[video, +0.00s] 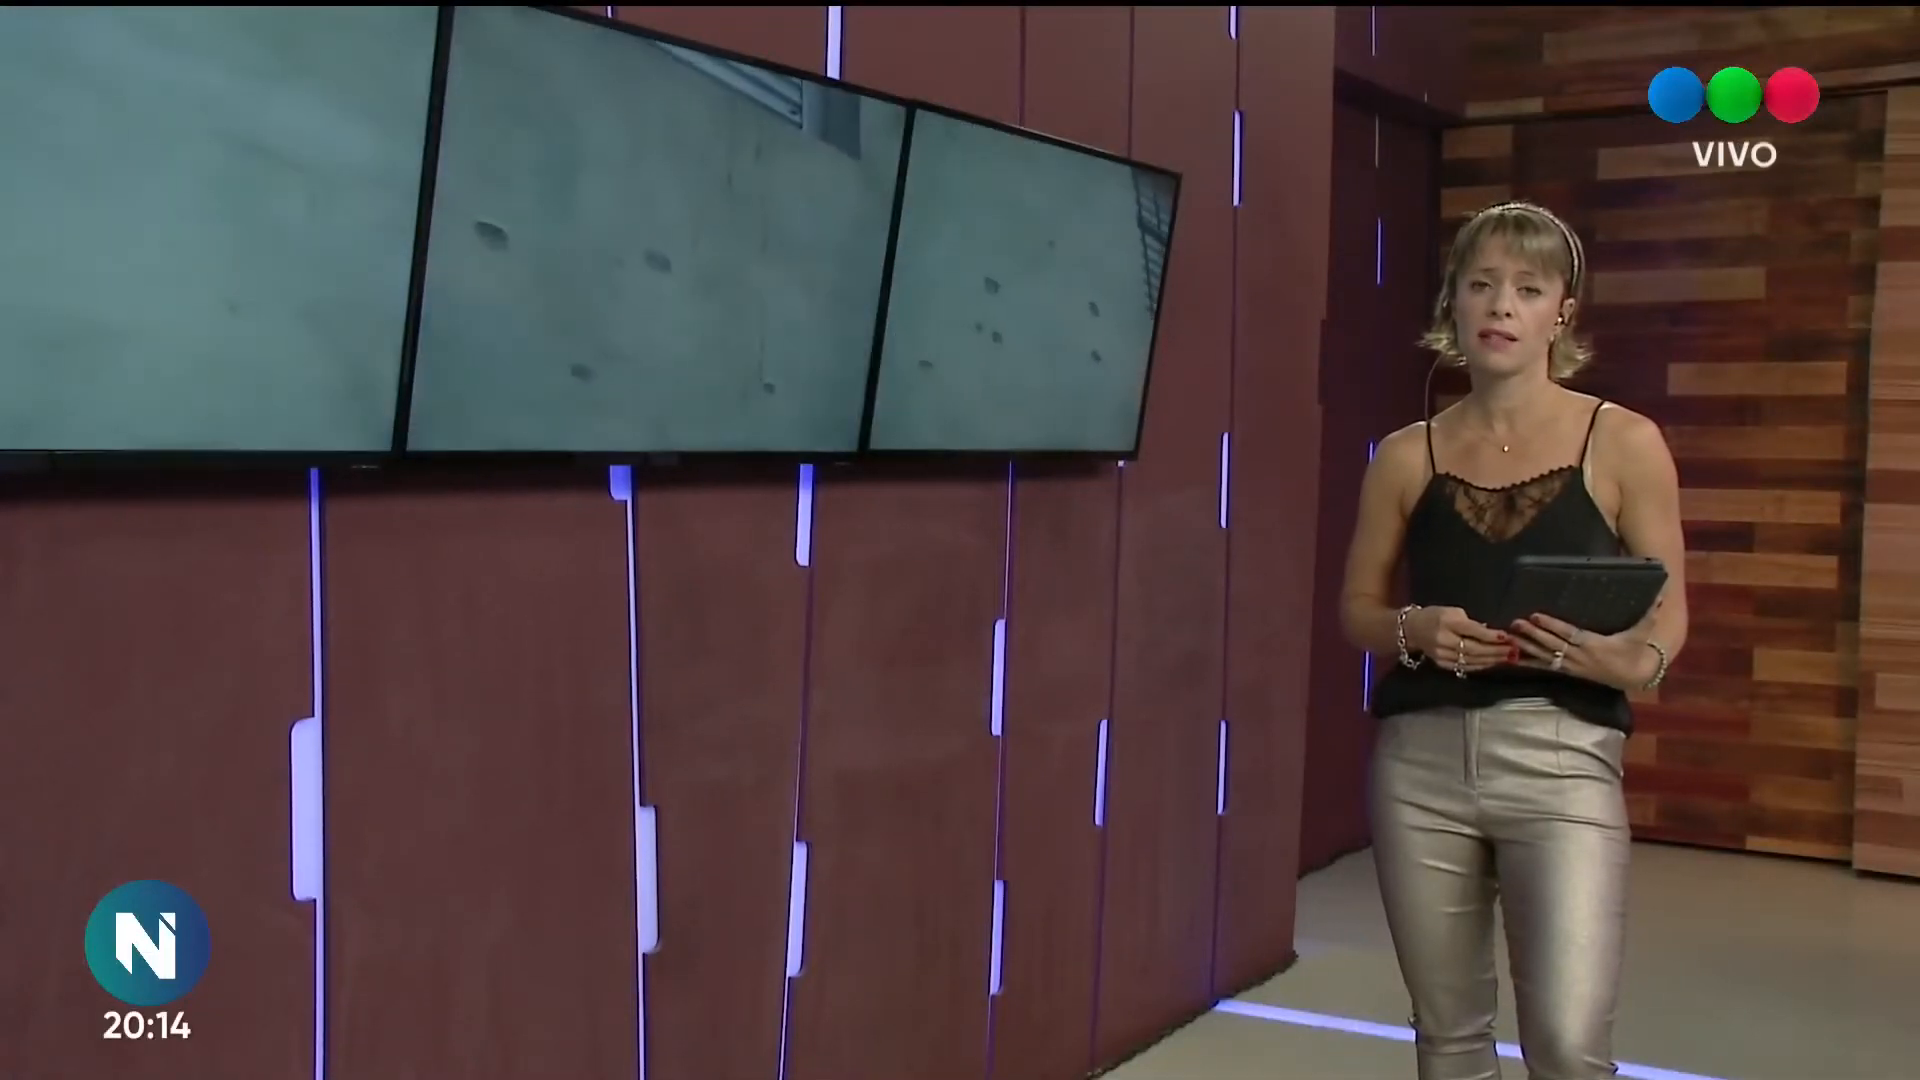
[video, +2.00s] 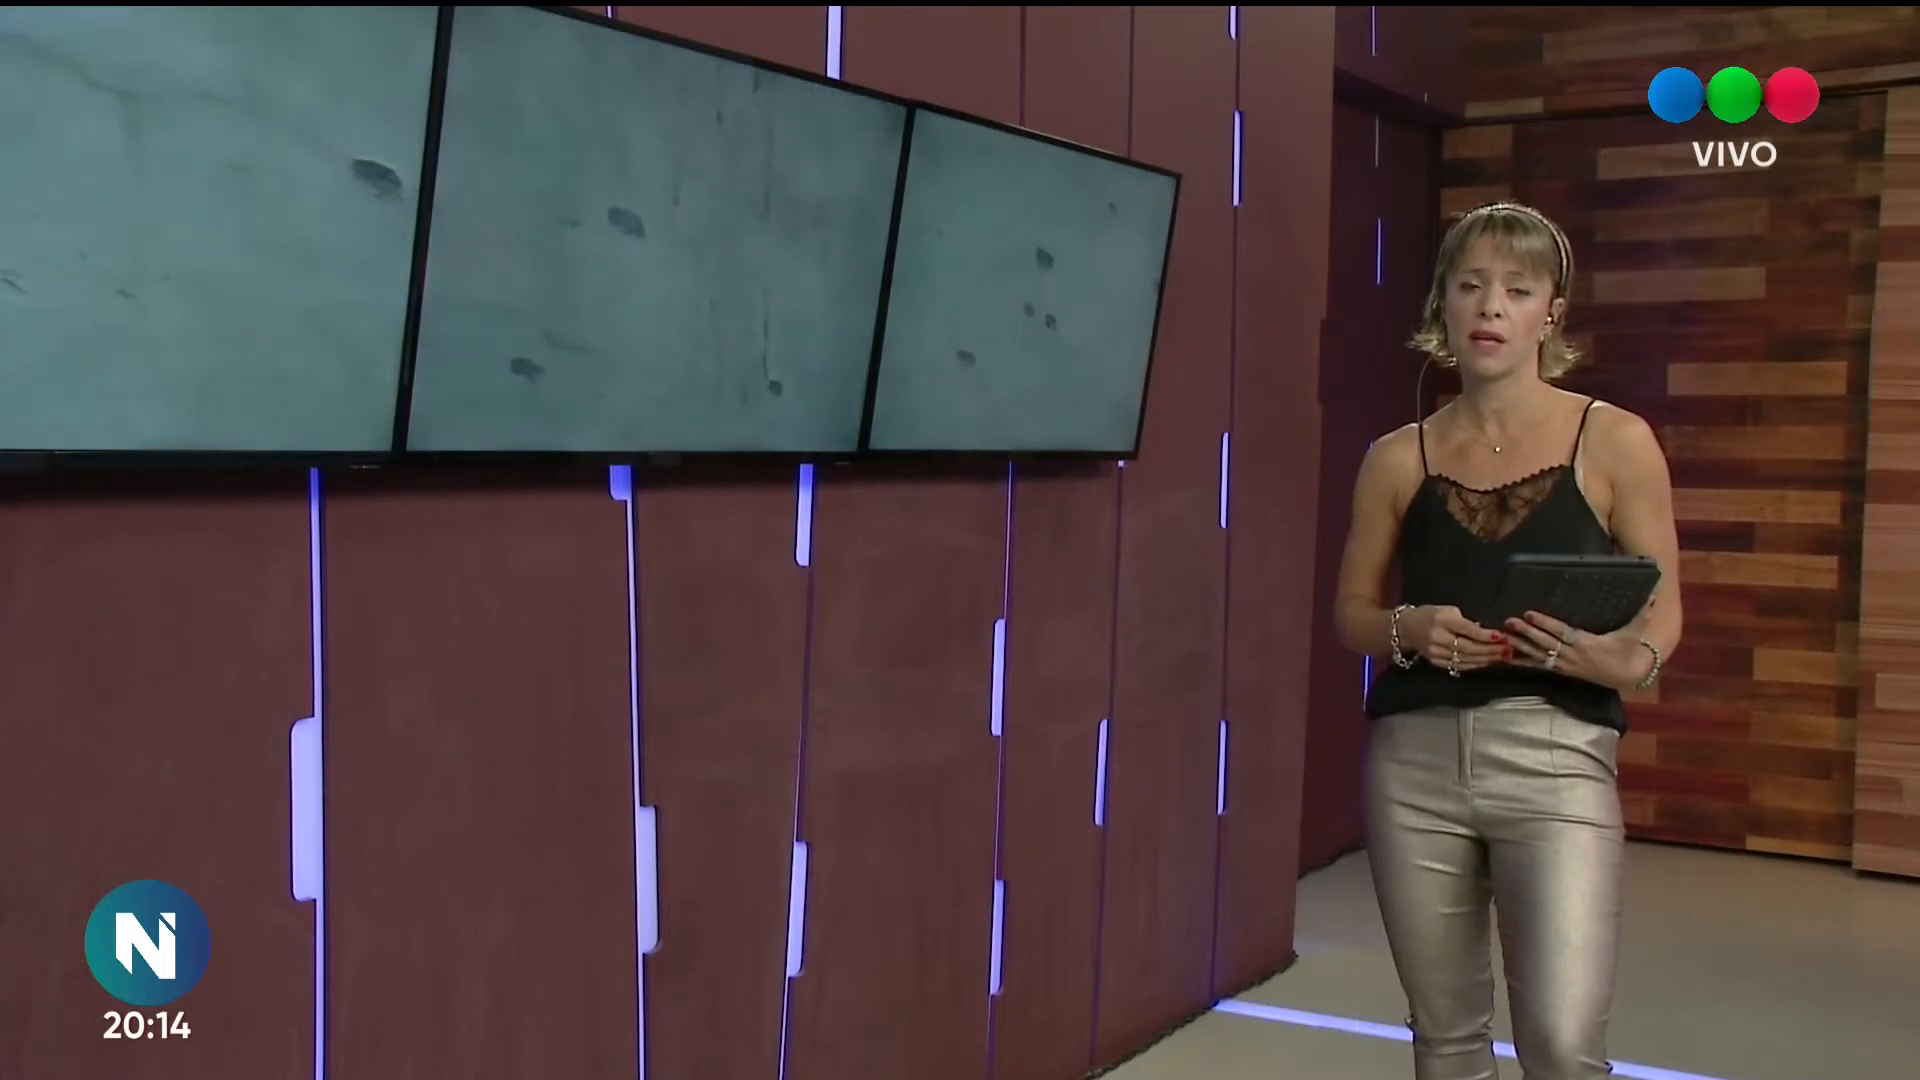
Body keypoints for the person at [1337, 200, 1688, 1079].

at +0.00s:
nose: (1498, 305)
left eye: (1525, 288)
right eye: (1479, 285)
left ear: (1561, 313)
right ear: (1452, 306)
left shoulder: (1625, 444)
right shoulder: (1404, 459)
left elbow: (1666, 610)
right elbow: (1357, 610)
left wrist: (1631, 663)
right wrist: (1410, 629)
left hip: (1561, 768)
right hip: (1419, 768)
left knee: (1567, 1049)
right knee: (1448, 1040)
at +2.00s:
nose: (1489, 305)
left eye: (1515, 288)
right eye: (1469, 284)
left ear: (1550, 314)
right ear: (1442, 305)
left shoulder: (1616, 442)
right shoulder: (1396, 459)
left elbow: (1660, 610)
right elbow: (1352, 614)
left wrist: (1623, 663)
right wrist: (1405, 629)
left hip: (1556, 768)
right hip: (1413, 768)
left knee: (1560, 1048)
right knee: (1445, 1040)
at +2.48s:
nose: (1499, 295)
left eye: (1525, 282)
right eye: (1479, 278)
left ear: (1555, 313)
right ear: (1446, 306)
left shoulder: (1617, 443)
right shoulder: (1398, 460)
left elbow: (1665, 602)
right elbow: (1354, 613)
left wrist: (1632, 661)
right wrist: (1412, 628)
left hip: (1559, 766)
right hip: (1416, 767)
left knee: (1565, 1049)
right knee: (1447, 1040)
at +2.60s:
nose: (1504, 290)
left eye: (1531, 280)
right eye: (1486, 272)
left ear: (1557, 315)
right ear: (1451, 300)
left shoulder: (1616, 440)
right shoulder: (1399, 459)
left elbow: (1667, 608)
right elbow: (1353, 617)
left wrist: (1628, 655)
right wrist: (1415, 620)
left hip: (1561, 766)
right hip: (1418, 766)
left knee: (1566, 1048)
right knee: (1448, 1039)